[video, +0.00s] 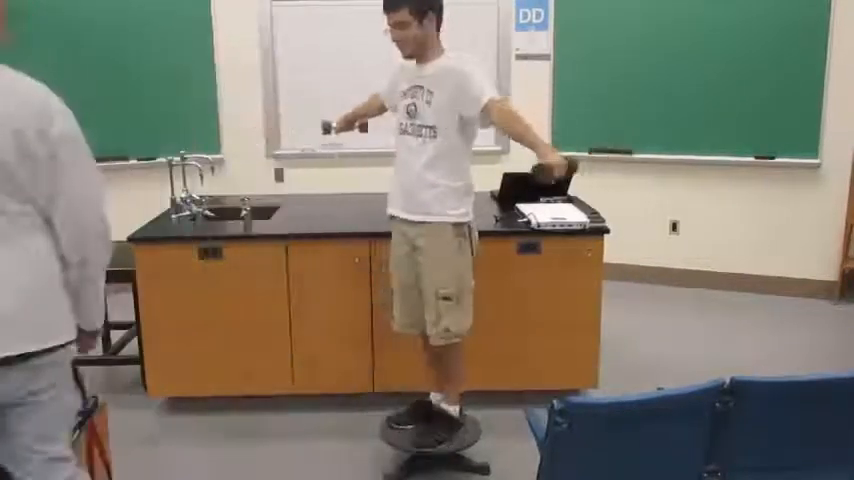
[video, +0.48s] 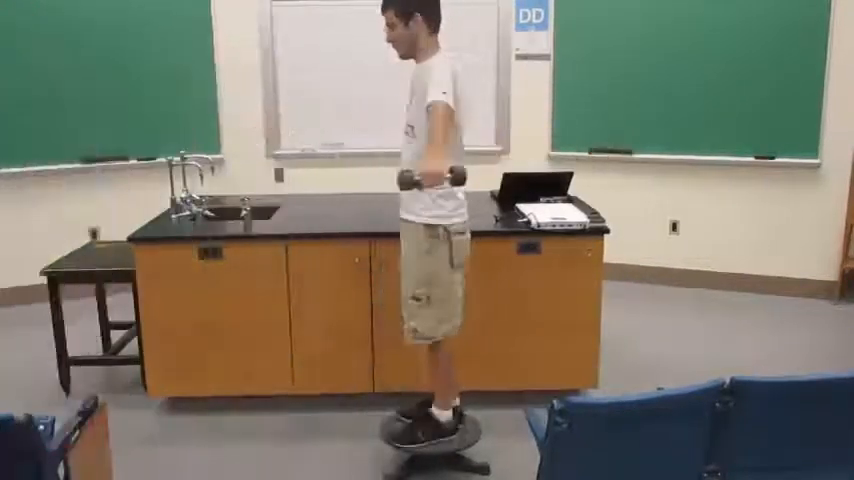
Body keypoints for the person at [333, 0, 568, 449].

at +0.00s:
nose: (395, 35)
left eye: (402, 26)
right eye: (391, 27)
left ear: (431, 23)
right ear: (392, 28)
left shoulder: (459, 74)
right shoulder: (403, 74)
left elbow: (501, 113)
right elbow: (378, 103)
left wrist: (545, 151)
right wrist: (351, 118)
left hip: (446, 217)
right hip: (406, 214)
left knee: (446, 323)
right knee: (421, 319)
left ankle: (452, 414)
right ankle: (437, 401)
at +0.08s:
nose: (395, 35)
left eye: (402, 26)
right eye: (391, 27)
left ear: (432, 23)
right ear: (392, 28)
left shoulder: (459, 74)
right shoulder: (403, 74)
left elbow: (500, 113)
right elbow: (378, 103)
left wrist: (545, 152)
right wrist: (352, 117)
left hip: (446, 217)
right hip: (406, 214)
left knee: (446, 324)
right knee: (421, 320)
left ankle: (453, 414)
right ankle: (437, 401)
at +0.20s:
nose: (389, 35)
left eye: (395, 26)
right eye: (387, 27)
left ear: (426, 23)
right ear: (413, 25)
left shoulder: (445, 74)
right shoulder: (417, 76)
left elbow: (473, 112)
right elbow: (405, 107)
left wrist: (492, 155)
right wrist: (387, 120)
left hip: (441, 220)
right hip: (413, 216)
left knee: (439, 324)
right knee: (424, 321)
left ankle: (449, 414)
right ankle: (441, 402)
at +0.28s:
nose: (389, 35)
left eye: (395, 26)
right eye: (387, 27)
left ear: (426, 22)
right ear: (414, 24)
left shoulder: (446, 74)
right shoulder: (416, 76)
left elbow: (473, 112)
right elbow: (405, 107)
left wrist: (491, 154)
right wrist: (387, 120)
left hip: (441, 219)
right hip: (413, 216)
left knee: (440, 324)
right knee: (424, 321)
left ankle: (449, 414)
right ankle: (441, 402)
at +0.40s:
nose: (387, 35)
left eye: (392, 25)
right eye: (386, 27)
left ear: (421, 23)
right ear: (415, 25)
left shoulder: (438, 67)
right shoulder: (425, 69)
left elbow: (442, 114)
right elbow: (434, 126)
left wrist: (435, 159)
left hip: (435, 219)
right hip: (421, 217)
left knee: (435, 320)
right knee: (427, 318)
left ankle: (445, 415)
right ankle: (439, 403)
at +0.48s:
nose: (387, 35)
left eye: (392, 25)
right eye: (386, 27)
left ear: (421, 23)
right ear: (415, 25)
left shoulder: (438, 67)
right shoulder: (425, 69)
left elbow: (442, 114)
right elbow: (434, 126)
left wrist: (435, 159)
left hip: (435, 219)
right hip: (421, 217)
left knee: (435, 320)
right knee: (427, 318)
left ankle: (445, 415)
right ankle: (439, 403)